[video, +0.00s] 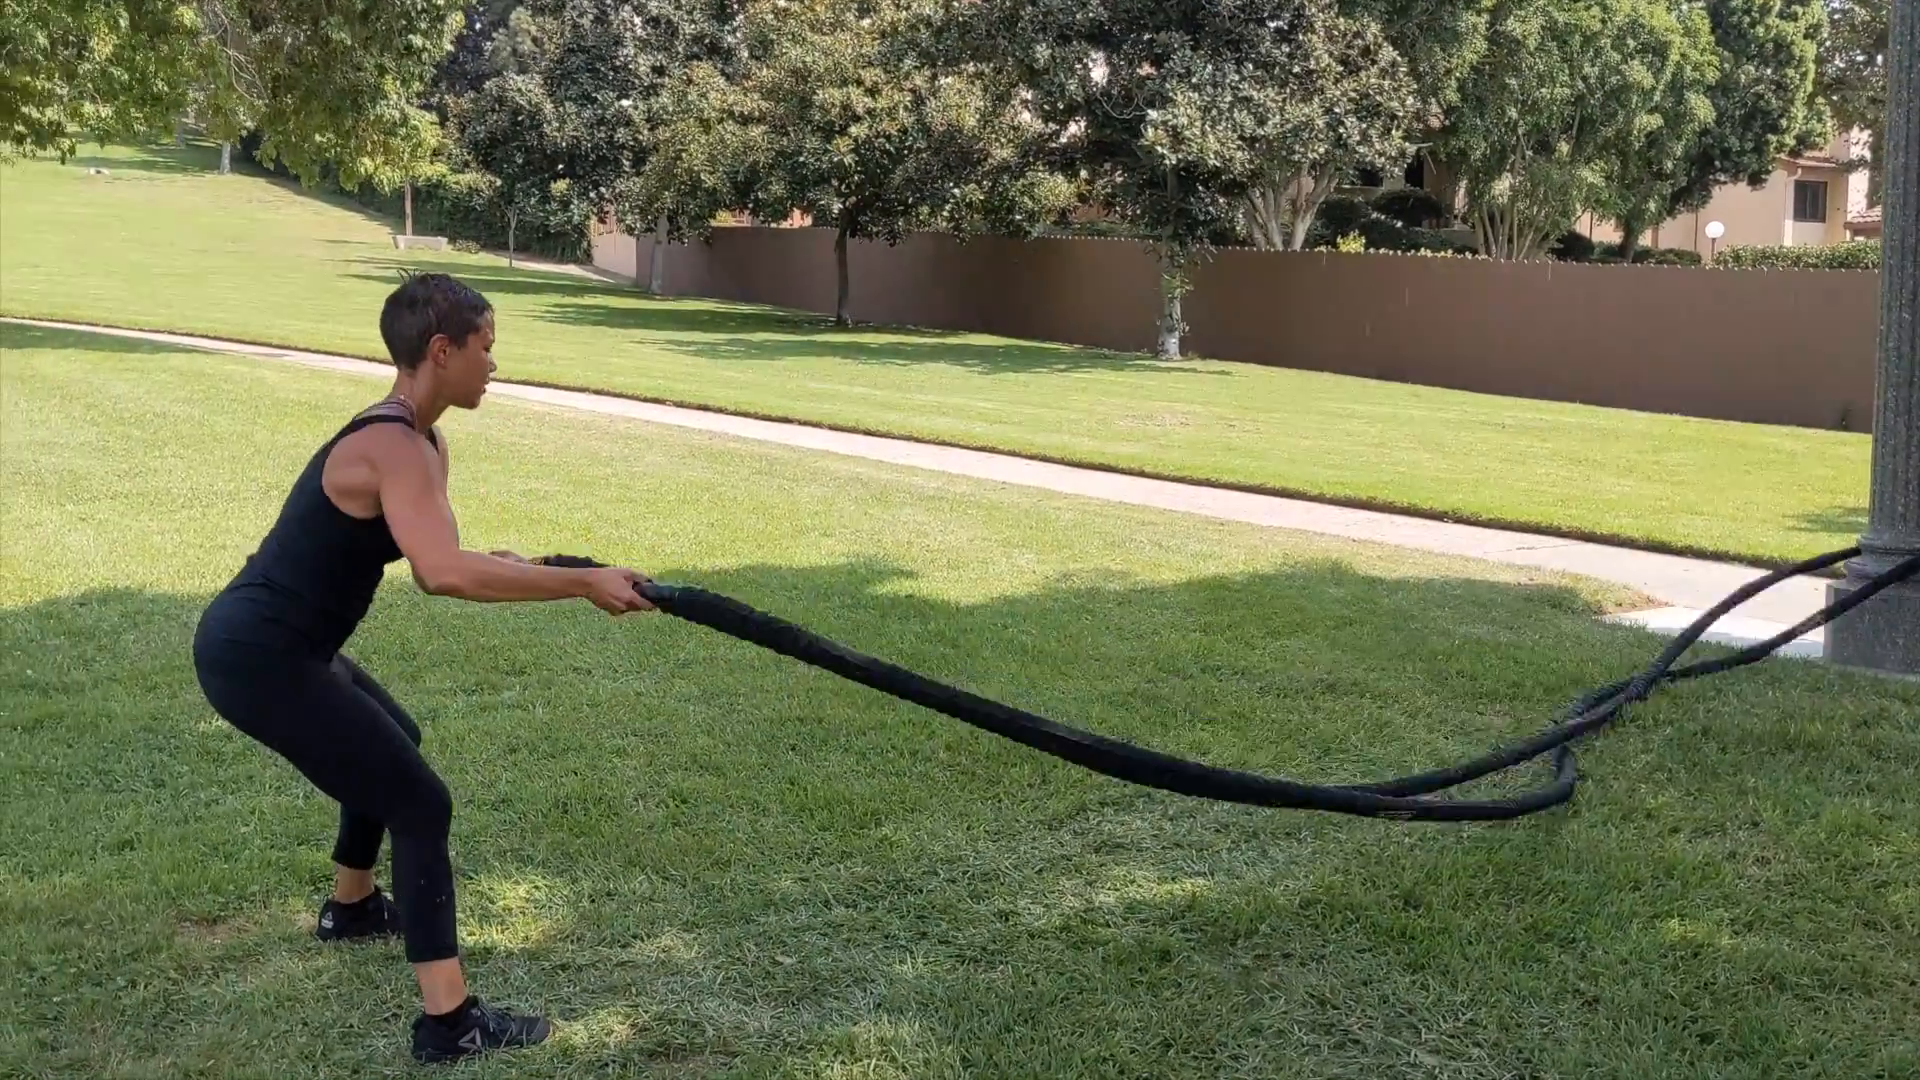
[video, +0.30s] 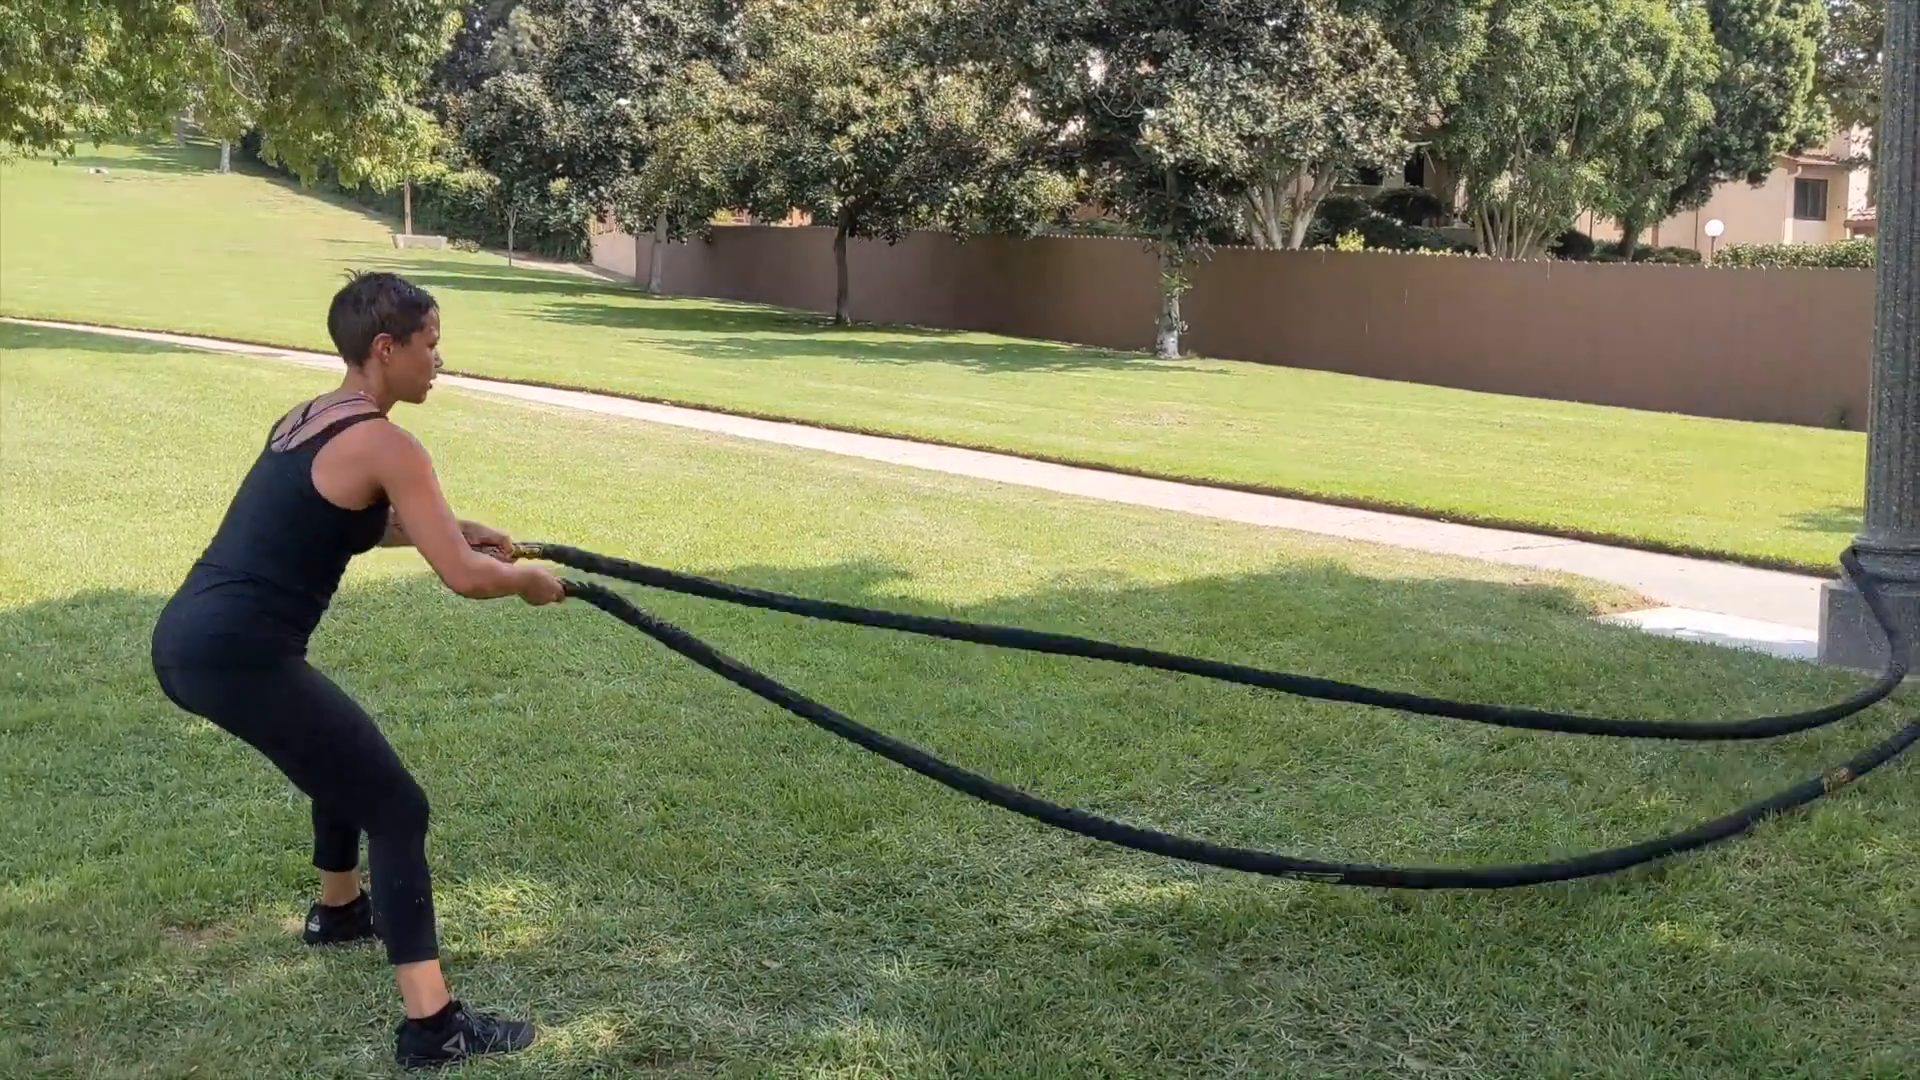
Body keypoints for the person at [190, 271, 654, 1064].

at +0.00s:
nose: (493, 364)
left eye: (492, 347)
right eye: (485, 347)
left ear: (435, 351)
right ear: (439, 350)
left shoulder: (423, 443)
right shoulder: (394, 448)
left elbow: (441, 562)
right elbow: (442, 572)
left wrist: (560, 571)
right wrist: (584, 582)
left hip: (284, 642)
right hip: (257, 657)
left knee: (397, 740)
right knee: (422, 804)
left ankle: (351, 902)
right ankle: (448, 1018)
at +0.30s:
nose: (439, 359)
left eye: (439, 343)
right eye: (431, 343)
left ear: (371, 349)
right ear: (384, 348)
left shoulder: (311, 415)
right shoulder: (389, 448)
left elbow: (353, 525)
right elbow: (464, 574)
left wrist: (461, 535)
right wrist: (525, 579)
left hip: (190, 641)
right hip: (242, 657)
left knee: (339, 758)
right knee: (396, 806)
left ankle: (341, 906)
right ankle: (431, 1020)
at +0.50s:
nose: (444, 367)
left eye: (443, 352)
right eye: (436, 352)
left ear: (368, 358)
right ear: (395, 357)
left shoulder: (296, 416)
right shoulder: (416, 455)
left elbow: (203, 498)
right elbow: (471, 577)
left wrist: (297, 513)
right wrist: (468, 546)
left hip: (182, 645)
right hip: (252, 659)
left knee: (329, 751)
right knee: (415, 808)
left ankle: (333, 910)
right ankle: (424, 1022)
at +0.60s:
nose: (448, 369)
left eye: (447, 354)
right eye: (441, 354)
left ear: (372, 359)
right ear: (398, 359)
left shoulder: (296, 415)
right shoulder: (422, 459)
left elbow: (179, 483)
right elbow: (455, 575)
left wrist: (243, 521)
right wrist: (428, 519)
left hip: (181, 648)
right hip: (253, 662)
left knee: (324, 750)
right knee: (417, 811)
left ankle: (327, 913)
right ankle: (420, 1024)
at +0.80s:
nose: (443, 371)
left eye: (443, 355)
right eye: (436, 354)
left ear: (369, 359)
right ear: (393, 357)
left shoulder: (314, 428)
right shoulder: (397, 452)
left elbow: (358, 554)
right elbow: (455, 585)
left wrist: (451, 569)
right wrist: (479, 582)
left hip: (176, 654)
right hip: (226, 674)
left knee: (317, 767)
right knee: (397, 814)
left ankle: (319, 916)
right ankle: (412, 1028)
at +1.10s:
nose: (452, 384)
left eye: (451, 367)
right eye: (444, 367)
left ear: (388, 372)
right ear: (395, 369)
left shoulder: (347, 460)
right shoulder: (360, 466)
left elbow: (375, 610)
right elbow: (417, 586)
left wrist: (457, 626)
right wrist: (554, 596)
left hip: (221, 662)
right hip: (199, 678)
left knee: (322, 768)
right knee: (370, 820)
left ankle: (301, 918)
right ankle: (392, 1033)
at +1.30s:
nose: (426, 380)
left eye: (426, 363)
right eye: (417, 363)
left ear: (361, 368)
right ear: (370, 366)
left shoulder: (321, 452)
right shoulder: (334, 464)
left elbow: (352, 600)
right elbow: (355, 586)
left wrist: (473, 592)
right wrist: (493, 597)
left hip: (175, 655)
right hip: (181, 675)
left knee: (301, 760)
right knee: (352, 821)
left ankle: (286, 918)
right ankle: (376, 1034)